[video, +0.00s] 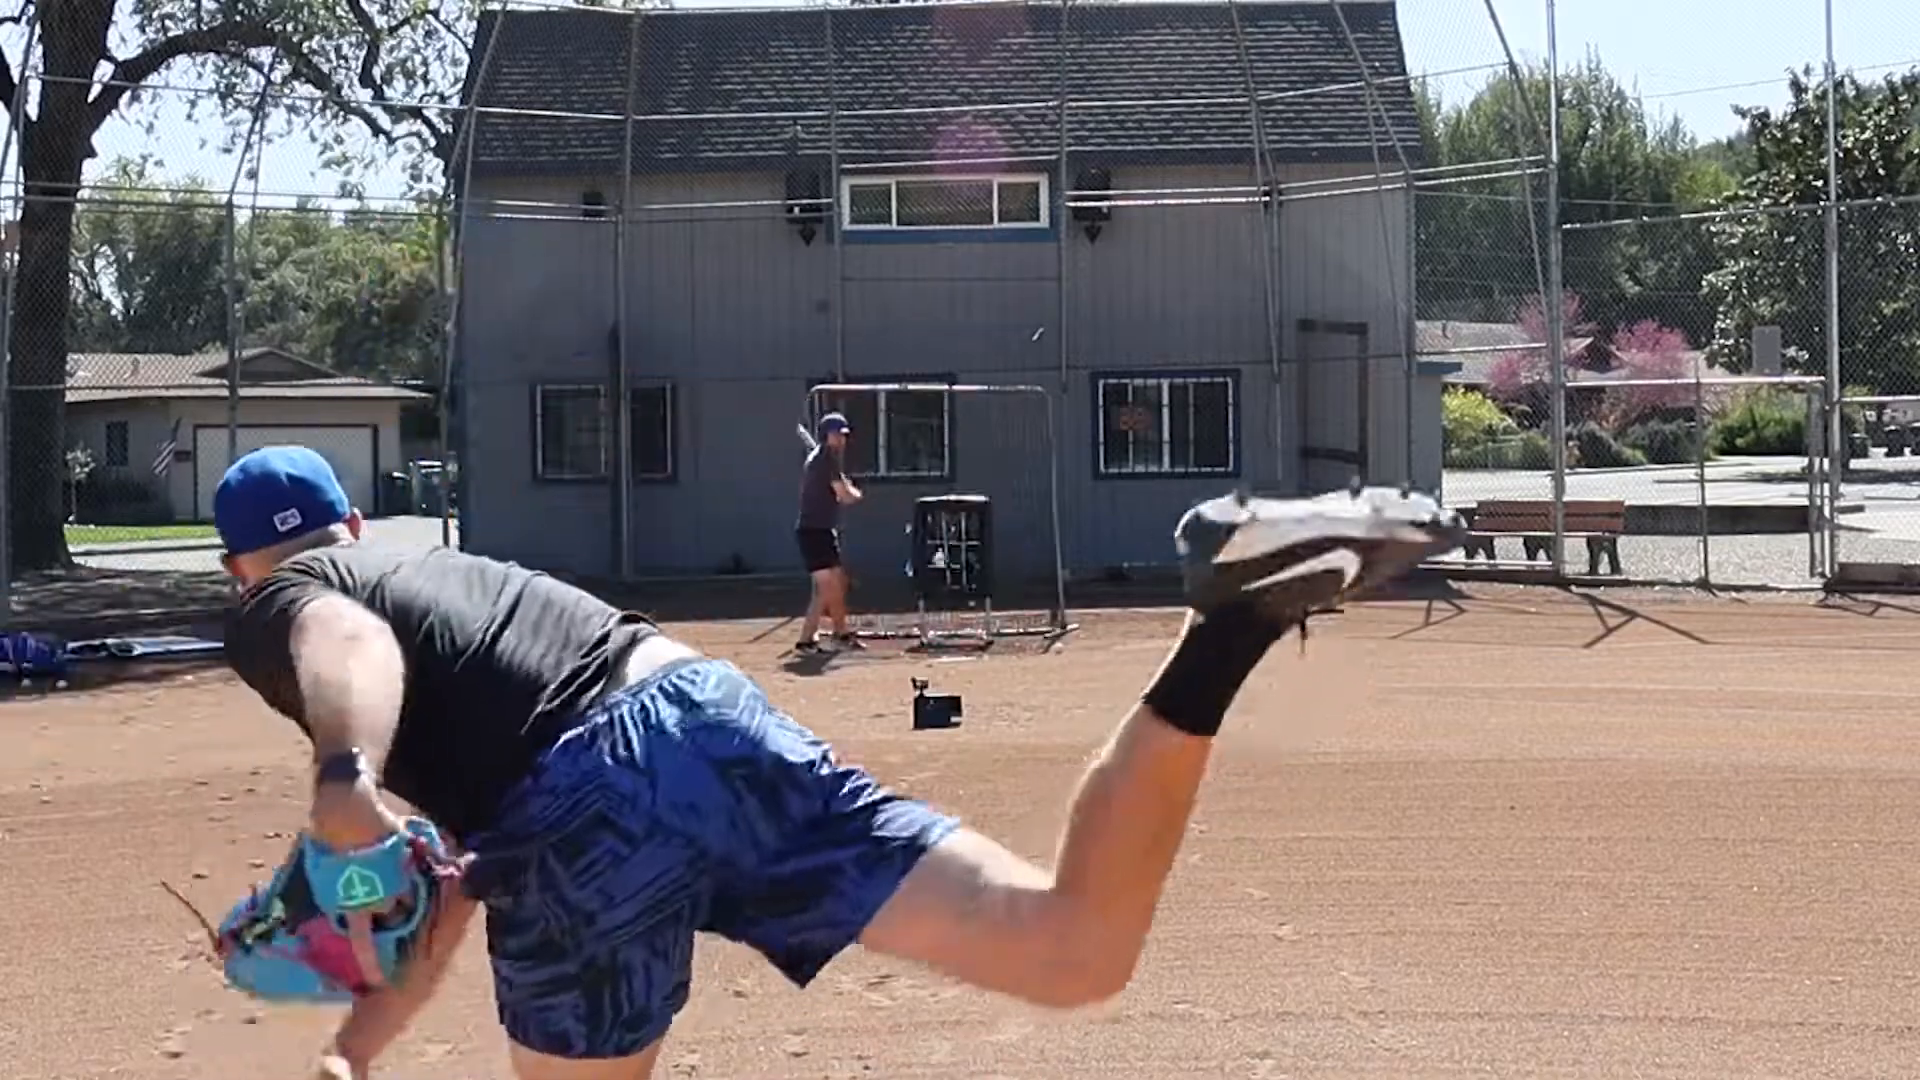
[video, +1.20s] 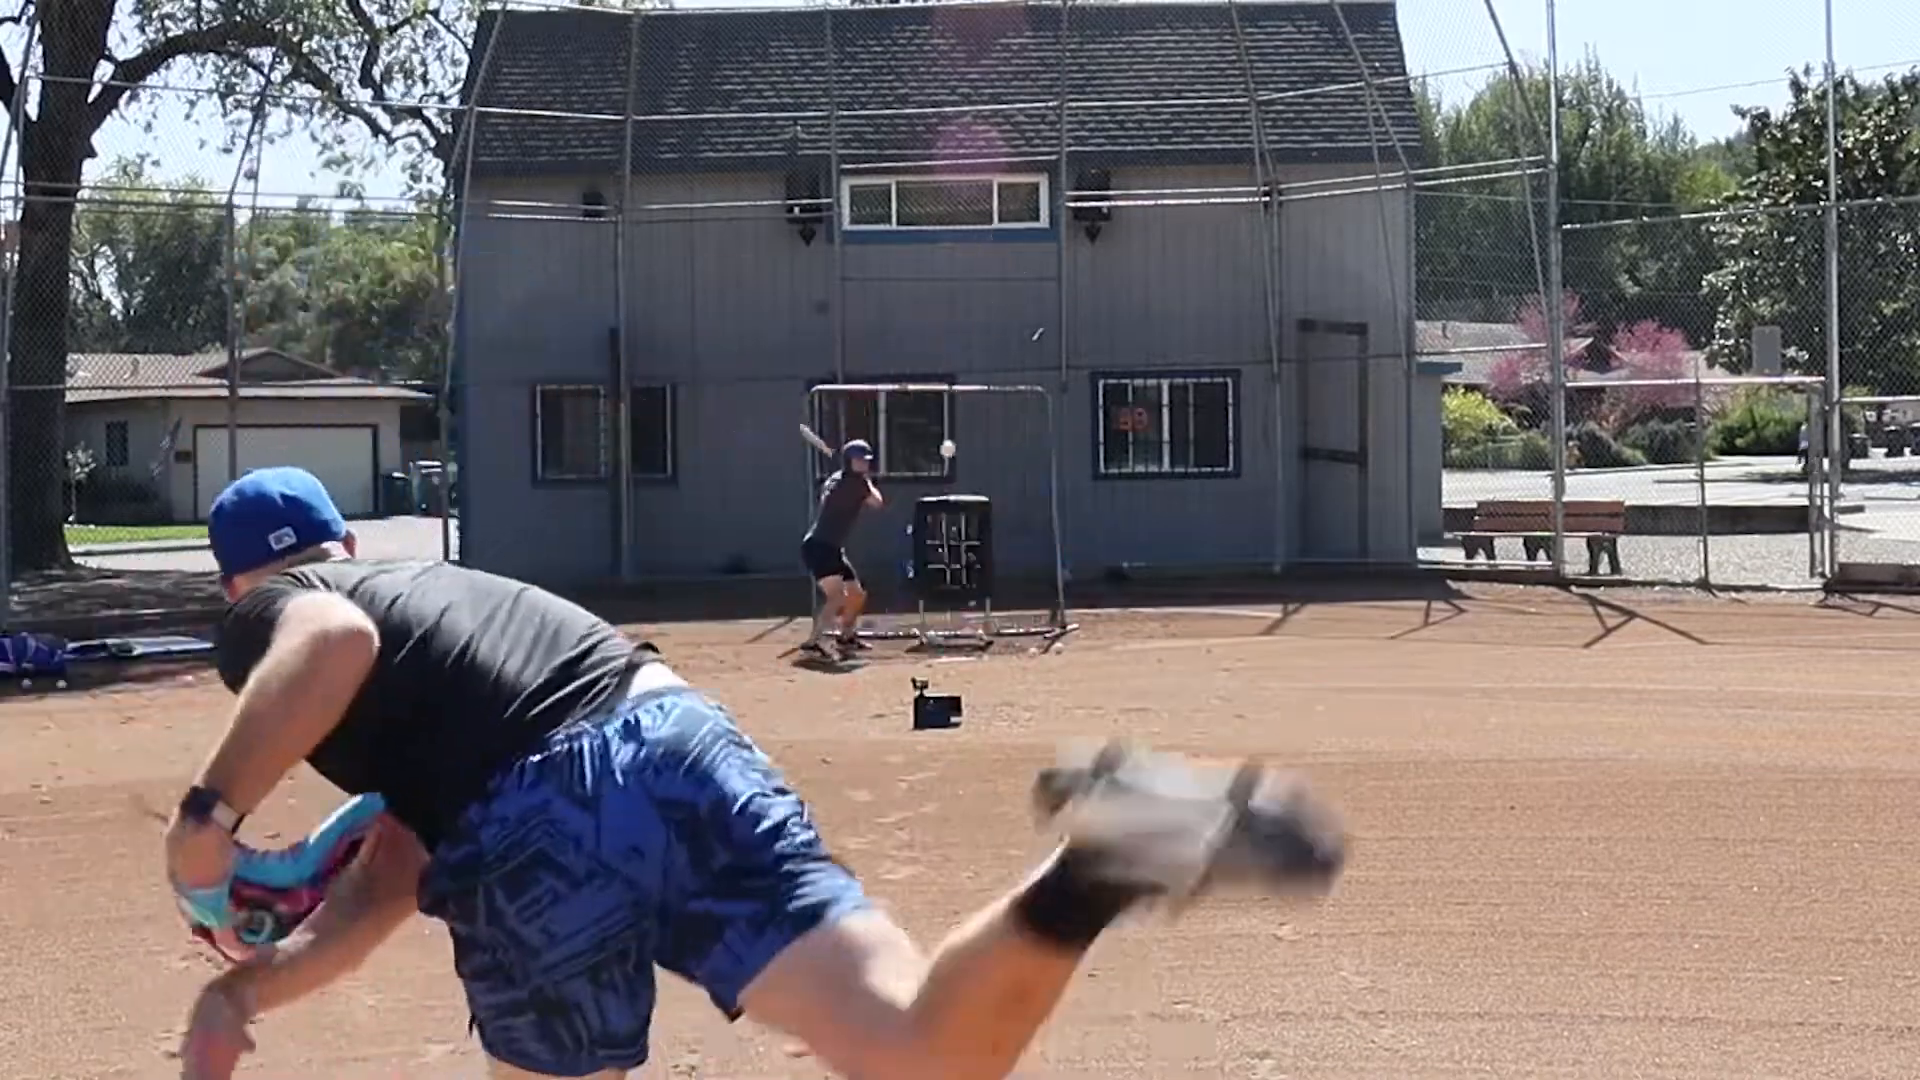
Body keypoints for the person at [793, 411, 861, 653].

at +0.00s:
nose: (842, 440)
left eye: (843, 435)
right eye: (838, 435)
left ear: (841, 436)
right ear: (826, 436)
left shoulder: (818, 455)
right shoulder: (827, 458)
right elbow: (843, 492)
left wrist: (845, 494)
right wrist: (856, 493)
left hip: (820, 527)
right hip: (816, 529)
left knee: (826, 583)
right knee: (831, 582)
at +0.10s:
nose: (842, 437)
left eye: (843, 432)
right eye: (838, 433)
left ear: (834, 435)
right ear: (826, 434)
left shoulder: (817, 454)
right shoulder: (824, 458)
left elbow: (800, 493)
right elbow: (838, 498)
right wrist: (857, 498)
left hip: (820, 527)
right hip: (815, 529)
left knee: (834, 577)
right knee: (822, 583)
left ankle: (841, 629)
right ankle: (806, 639)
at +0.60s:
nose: (850, 439)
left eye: (850, 434)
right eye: (847, 434)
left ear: (834, 435)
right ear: (835, 434)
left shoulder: (834, 459)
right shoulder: (822, 461)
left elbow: (837, 493)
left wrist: (850, 511)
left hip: (829, 524)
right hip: (825, 525)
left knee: (819, 581)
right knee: (842, 580)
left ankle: (806, 636)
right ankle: (839, 631)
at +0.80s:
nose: (866, 445)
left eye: (867, 440)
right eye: (861, 441)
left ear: (865, 443)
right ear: (849, 445)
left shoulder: (842, 463)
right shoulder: (853, 466)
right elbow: (880, 489)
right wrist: (878, 467)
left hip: (824, 531)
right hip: (832, 531)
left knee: (858, 581)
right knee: (870, 571)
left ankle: (848, 634)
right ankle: (847, 613)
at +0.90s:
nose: (866, 449)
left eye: (867, 444)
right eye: (861, 445)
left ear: (869, 446)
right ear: (850, 448)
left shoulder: (859, 468)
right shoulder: (846, 469)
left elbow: (878, 495)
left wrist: (877, 478)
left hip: (835, 529)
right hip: (828, 530)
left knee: (857, 578)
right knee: (865, 572)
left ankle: (845, 632)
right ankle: (843, 618)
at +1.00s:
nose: (866, 453)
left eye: (868, 449)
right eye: (861, 449)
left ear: (867, 451)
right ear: (850, 450)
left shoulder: (841, 466)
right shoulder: (852, 472)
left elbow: (877, 494)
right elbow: (878, 493)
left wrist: (870, 471)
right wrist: (872, 471)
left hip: (829, 533)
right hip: (827, 534)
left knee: (856, 583)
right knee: (857, 582)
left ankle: (847, 631)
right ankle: (836, 624)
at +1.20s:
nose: (866, 464)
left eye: (867, 460)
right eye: (861, 460)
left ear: (866, 462)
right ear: (850, 461)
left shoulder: (836, 478)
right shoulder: (855, 482)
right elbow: (877, 502)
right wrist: (867, 482)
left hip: (832, 546)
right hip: (820, 546)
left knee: (856, 594)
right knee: (837, 595)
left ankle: (846, 634)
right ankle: (820, 638)